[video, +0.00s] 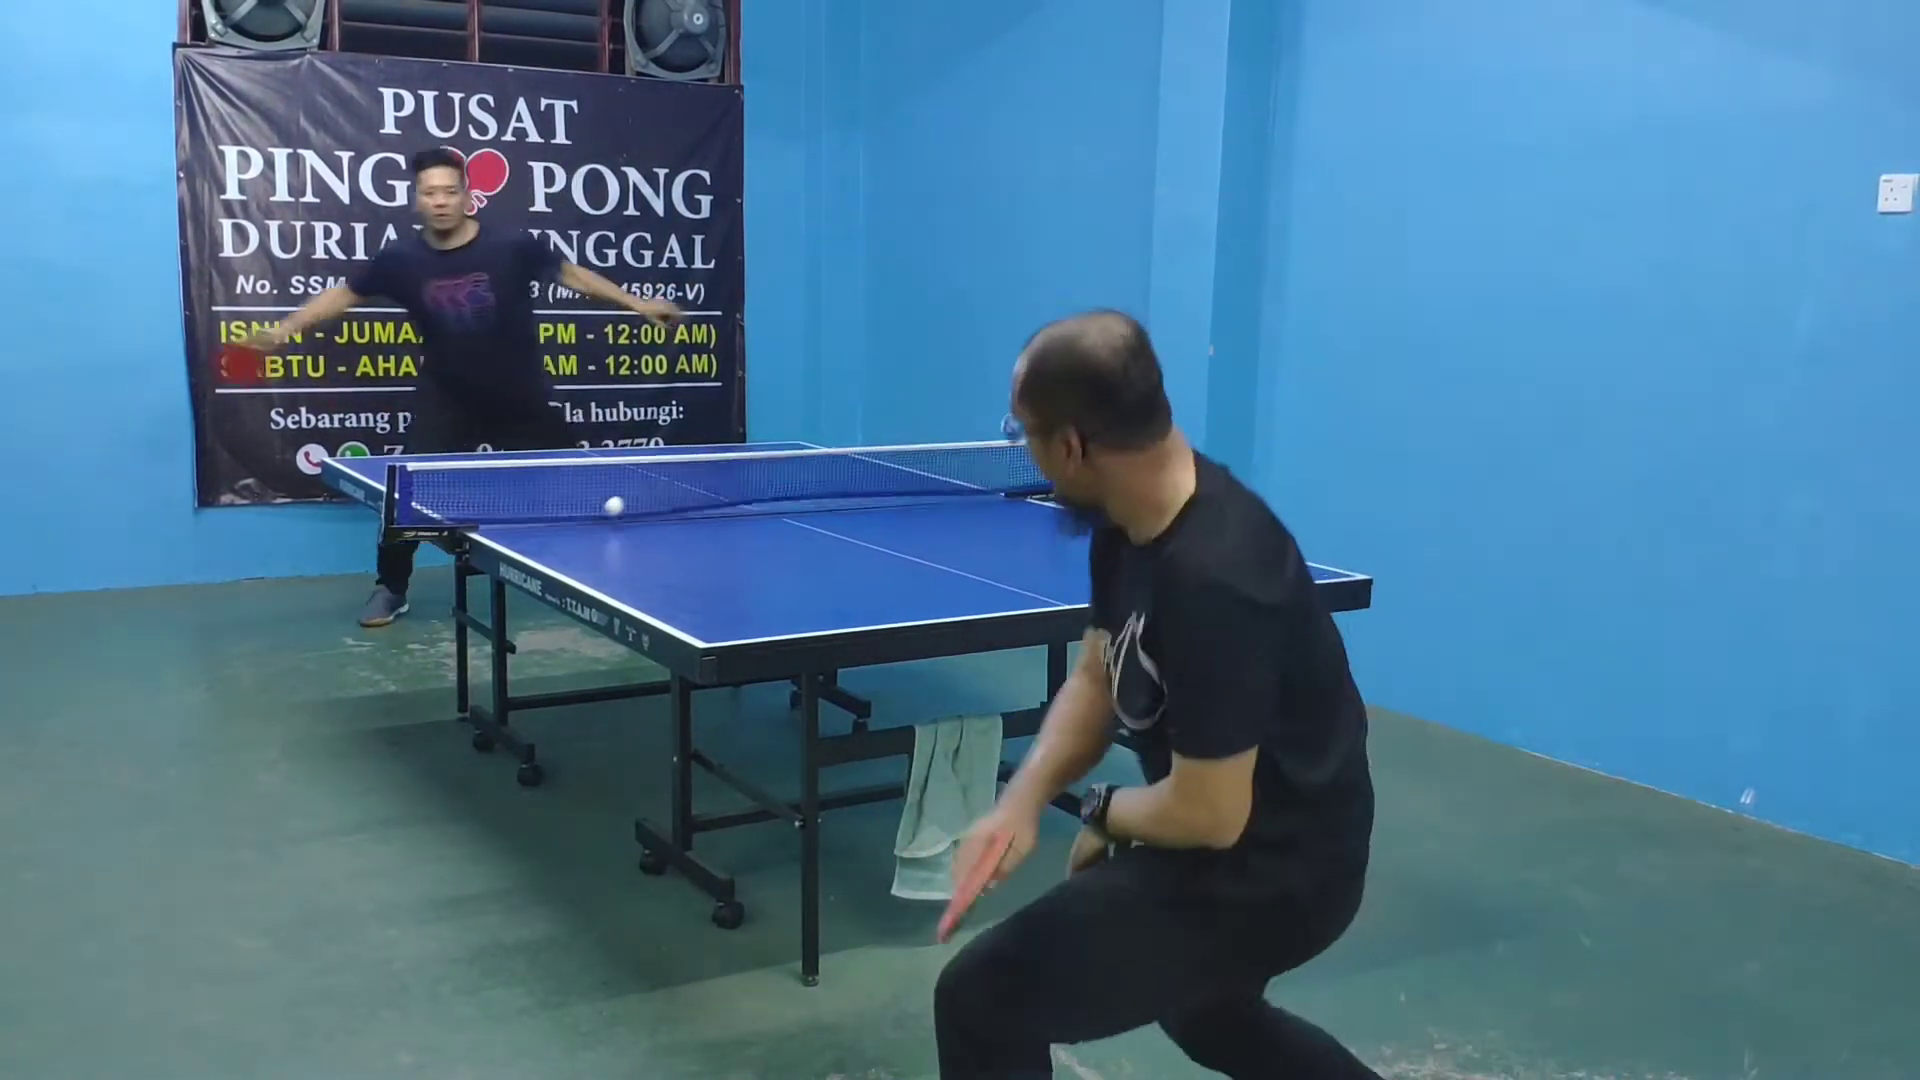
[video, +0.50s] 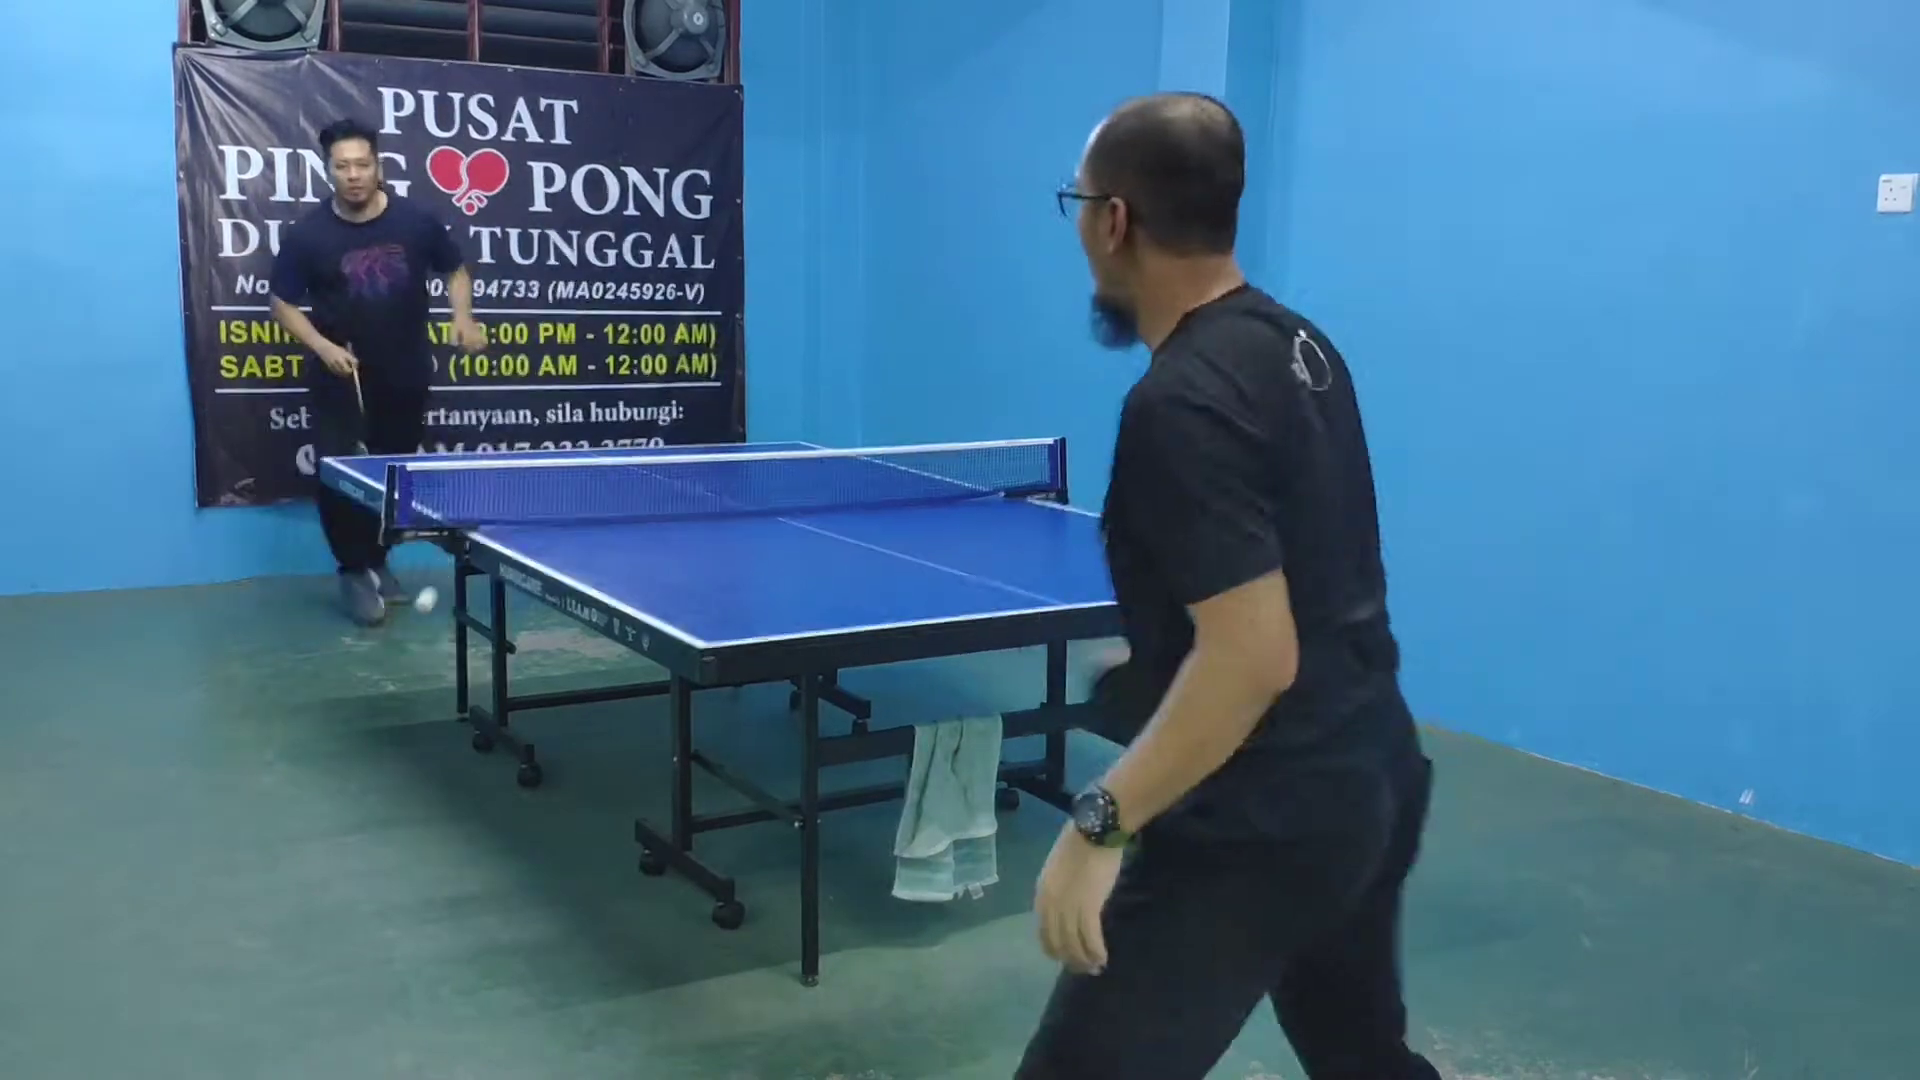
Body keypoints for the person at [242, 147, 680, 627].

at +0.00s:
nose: (439, 202)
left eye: (448, 193)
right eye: (429, 194)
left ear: (469, 197)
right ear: (417, 203)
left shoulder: (512, 245)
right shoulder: (400, 263)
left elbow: (576, 276)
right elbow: (342, 297)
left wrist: (639, 304)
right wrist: (286, 330)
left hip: (519, 397)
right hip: (447, 402)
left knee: (577, 482)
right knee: (410, 488)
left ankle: (611, 580)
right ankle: (390, 587)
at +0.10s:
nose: (400, 210)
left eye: (409, 200)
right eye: (390, 202)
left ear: (429, 204)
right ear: (377, 210)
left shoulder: (473, 248)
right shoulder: (364, 267)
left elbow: (526, 269)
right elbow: (301, 299)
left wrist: (582, 293)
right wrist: (249, 339)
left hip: (493, 389)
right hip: (418, 399)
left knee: (553, 467)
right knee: (393, 485)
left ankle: (582, 570)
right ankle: (390, 587)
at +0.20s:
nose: (375, 207)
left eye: (384, 196)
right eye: (364, 198)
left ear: (403, 196)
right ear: (352, 205)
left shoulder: (445, 236)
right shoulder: (340, 261)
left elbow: (500, 267)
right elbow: (290, 318)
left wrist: (554, 302)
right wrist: (298, 368)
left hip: (462, 375)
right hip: (391, 386)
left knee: (508, 462)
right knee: (381, 479)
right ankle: (385, 585)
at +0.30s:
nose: (367, 196)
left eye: (375, 185)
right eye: (356, 188)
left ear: (393, 186)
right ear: (343, 194)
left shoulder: (435, 228)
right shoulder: (330, 252)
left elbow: (488, 266)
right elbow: (291, 317)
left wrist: (544, 310)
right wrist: (327, 365)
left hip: (449, 375)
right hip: (381, 384)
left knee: (486, 467)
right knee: (378, 481)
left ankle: (468, 536)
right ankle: (384, 585)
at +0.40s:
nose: (357, 177)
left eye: (366, 166)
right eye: (347, 168)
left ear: (383, 168)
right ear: (334, 175)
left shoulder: (423, 214)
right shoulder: (317, 237)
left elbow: (471, 258)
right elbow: (292, 306)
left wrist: (508, 311)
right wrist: (333, 350)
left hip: (428, 368)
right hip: (361, 376)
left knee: (441, 465)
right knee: (366, 477)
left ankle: (423, 545)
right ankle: (380, 581)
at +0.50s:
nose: (353, 175)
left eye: (362, 164)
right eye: (343, 166)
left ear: (378, 166)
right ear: (329, 171)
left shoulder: (415, 221)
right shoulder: (308, 233)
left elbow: (455, 267)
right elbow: (281, 303)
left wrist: (463, 317)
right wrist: (321, 346)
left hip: (403, 369)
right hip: (339, 373)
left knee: (395, 466)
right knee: (339, 469)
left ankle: (377, 559)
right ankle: (354, 570)